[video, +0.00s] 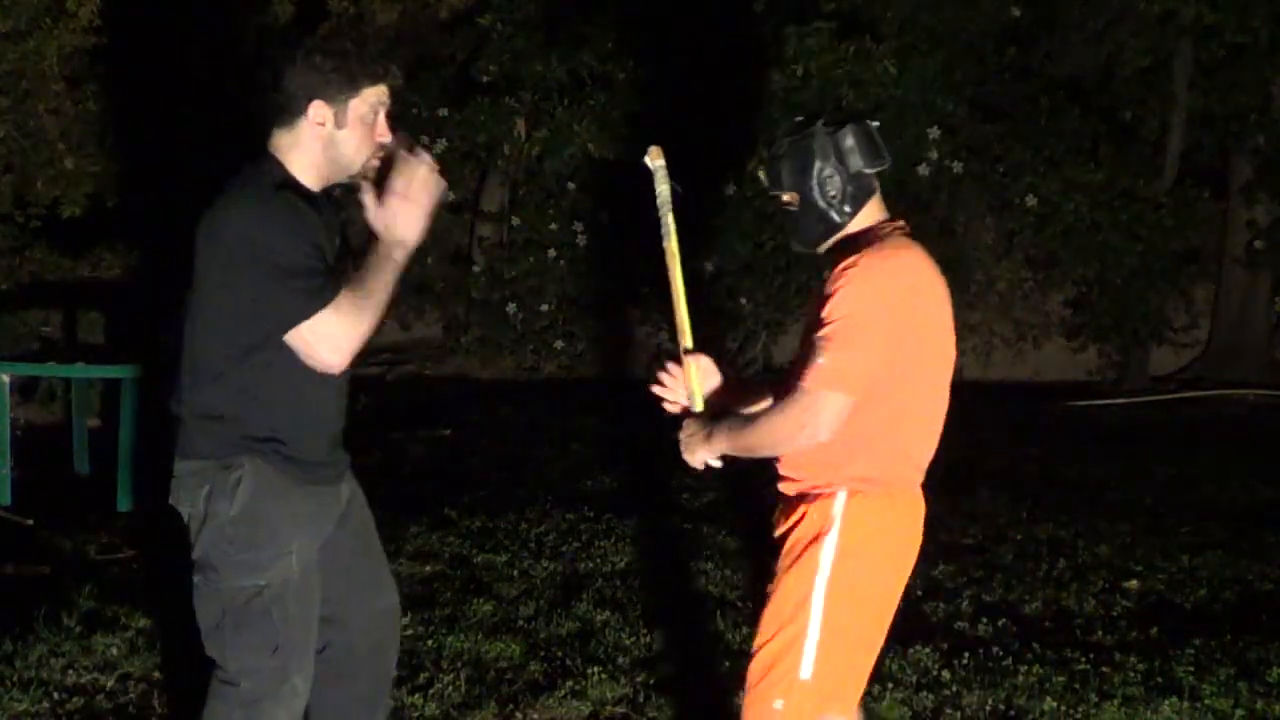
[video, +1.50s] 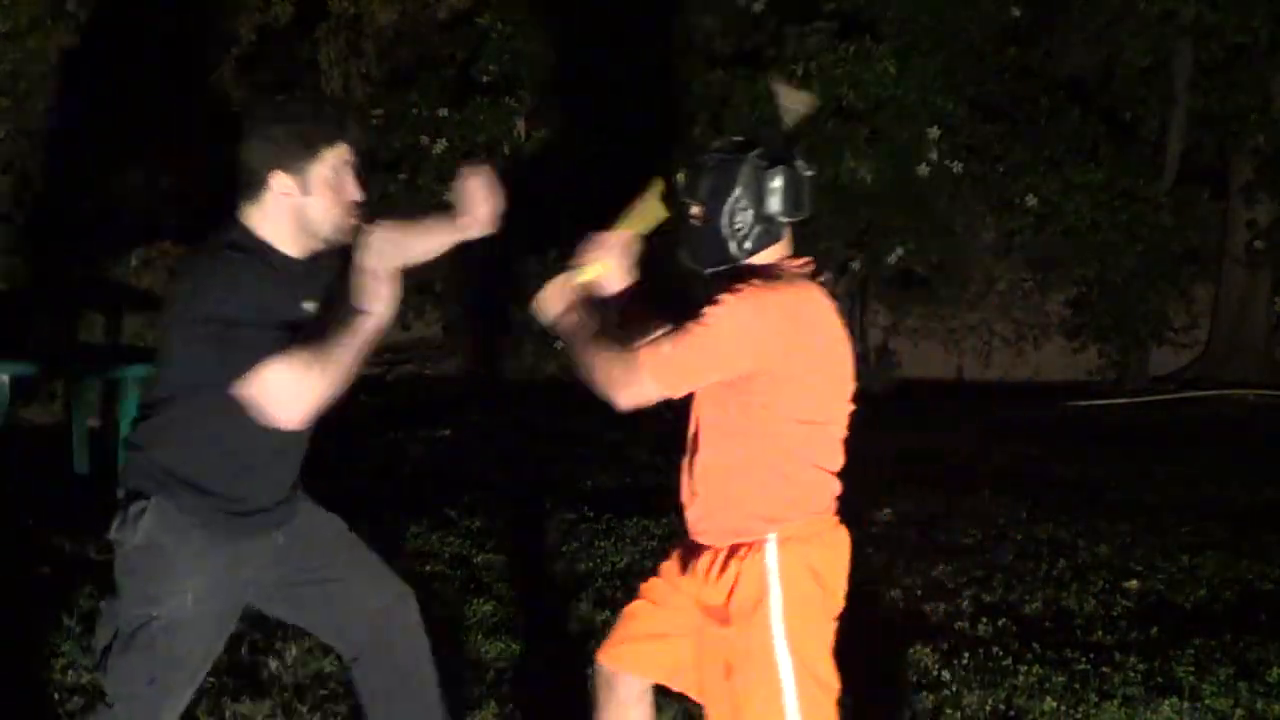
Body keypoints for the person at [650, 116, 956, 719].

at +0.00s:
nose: (786, 208)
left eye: (793, 193)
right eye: (784, 193)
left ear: (831, 189)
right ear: (848, 186)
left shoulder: (877, 274)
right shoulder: (884, 266)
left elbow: (815, 416)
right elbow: (805, 395)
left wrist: (716, 439)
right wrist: (722, 394)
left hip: (849, 517)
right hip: (859, 515)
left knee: (786, 702)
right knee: (816, 702)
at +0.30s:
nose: (736, 227)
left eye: (740, 211)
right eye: (734, 213)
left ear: (774, 205)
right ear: (811, 188)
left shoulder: (829, 286)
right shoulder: (879, 262)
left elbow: (774, 444)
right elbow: (822, 391)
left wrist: (698, 458)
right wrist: (711, 386)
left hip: (850, 518)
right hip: (894, 509)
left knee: (787, 702)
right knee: (859, 700)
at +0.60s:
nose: (780, 225)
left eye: (789, 211)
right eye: (779, 211)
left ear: (830, 208)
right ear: (846, 204)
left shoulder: (886, 291)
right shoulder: (877, 282)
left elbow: (863, 446)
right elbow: (842, 408)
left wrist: (774, 482)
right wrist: (751, 420)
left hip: (884, 530)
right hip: (889, 524)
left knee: (810, 703)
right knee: (894, 698)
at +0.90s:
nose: (841, 208)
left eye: (852, 192)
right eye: (841, 192)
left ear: (893, 194)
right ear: (900, 196)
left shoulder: (937, 278)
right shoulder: (909, 277)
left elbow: (910, 423)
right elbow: (874, 406)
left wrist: (820, 474)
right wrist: (791, 425)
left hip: (920, 525)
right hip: (896, 520)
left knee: (848, 698)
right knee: (902, 701)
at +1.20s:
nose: (828, 215)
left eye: (839, 201)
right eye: (830, 200)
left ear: (876, 207)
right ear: (908, 210)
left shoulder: (886, 291)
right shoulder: (937, 290)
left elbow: (754, 374)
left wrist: (708, 379)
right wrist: (773, 348)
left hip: (881, 550)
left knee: (862, 708)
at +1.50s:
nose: (692, 224)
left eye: (703, 210)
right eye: (694, 209)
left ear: (738, 218)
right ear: (772, 218)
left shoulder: (774, 312)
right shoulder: (752, 305)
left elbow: (627, 384)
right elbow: (666, 356)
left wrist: (570, 316)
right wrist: (622, 294)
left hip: (777, 557)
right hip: (710, 555)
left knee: (782, 711)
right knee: (622, 671)